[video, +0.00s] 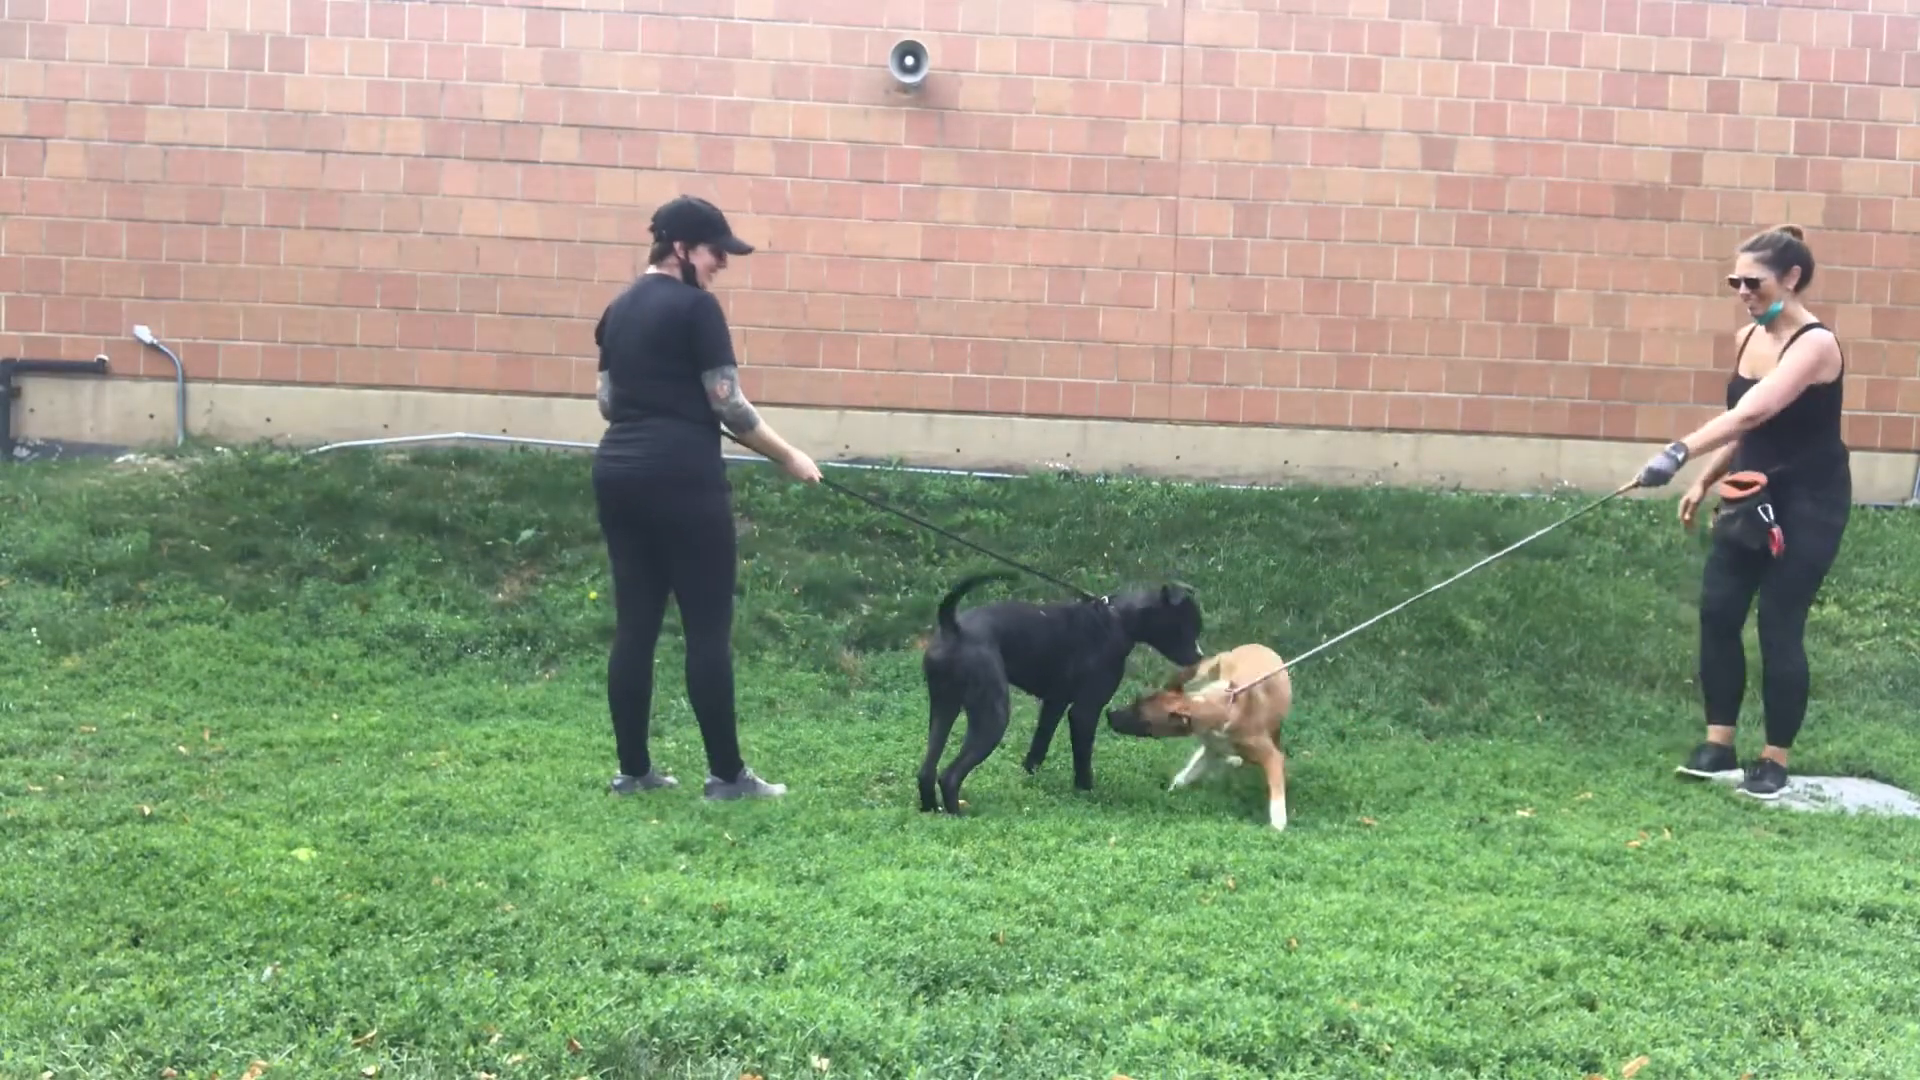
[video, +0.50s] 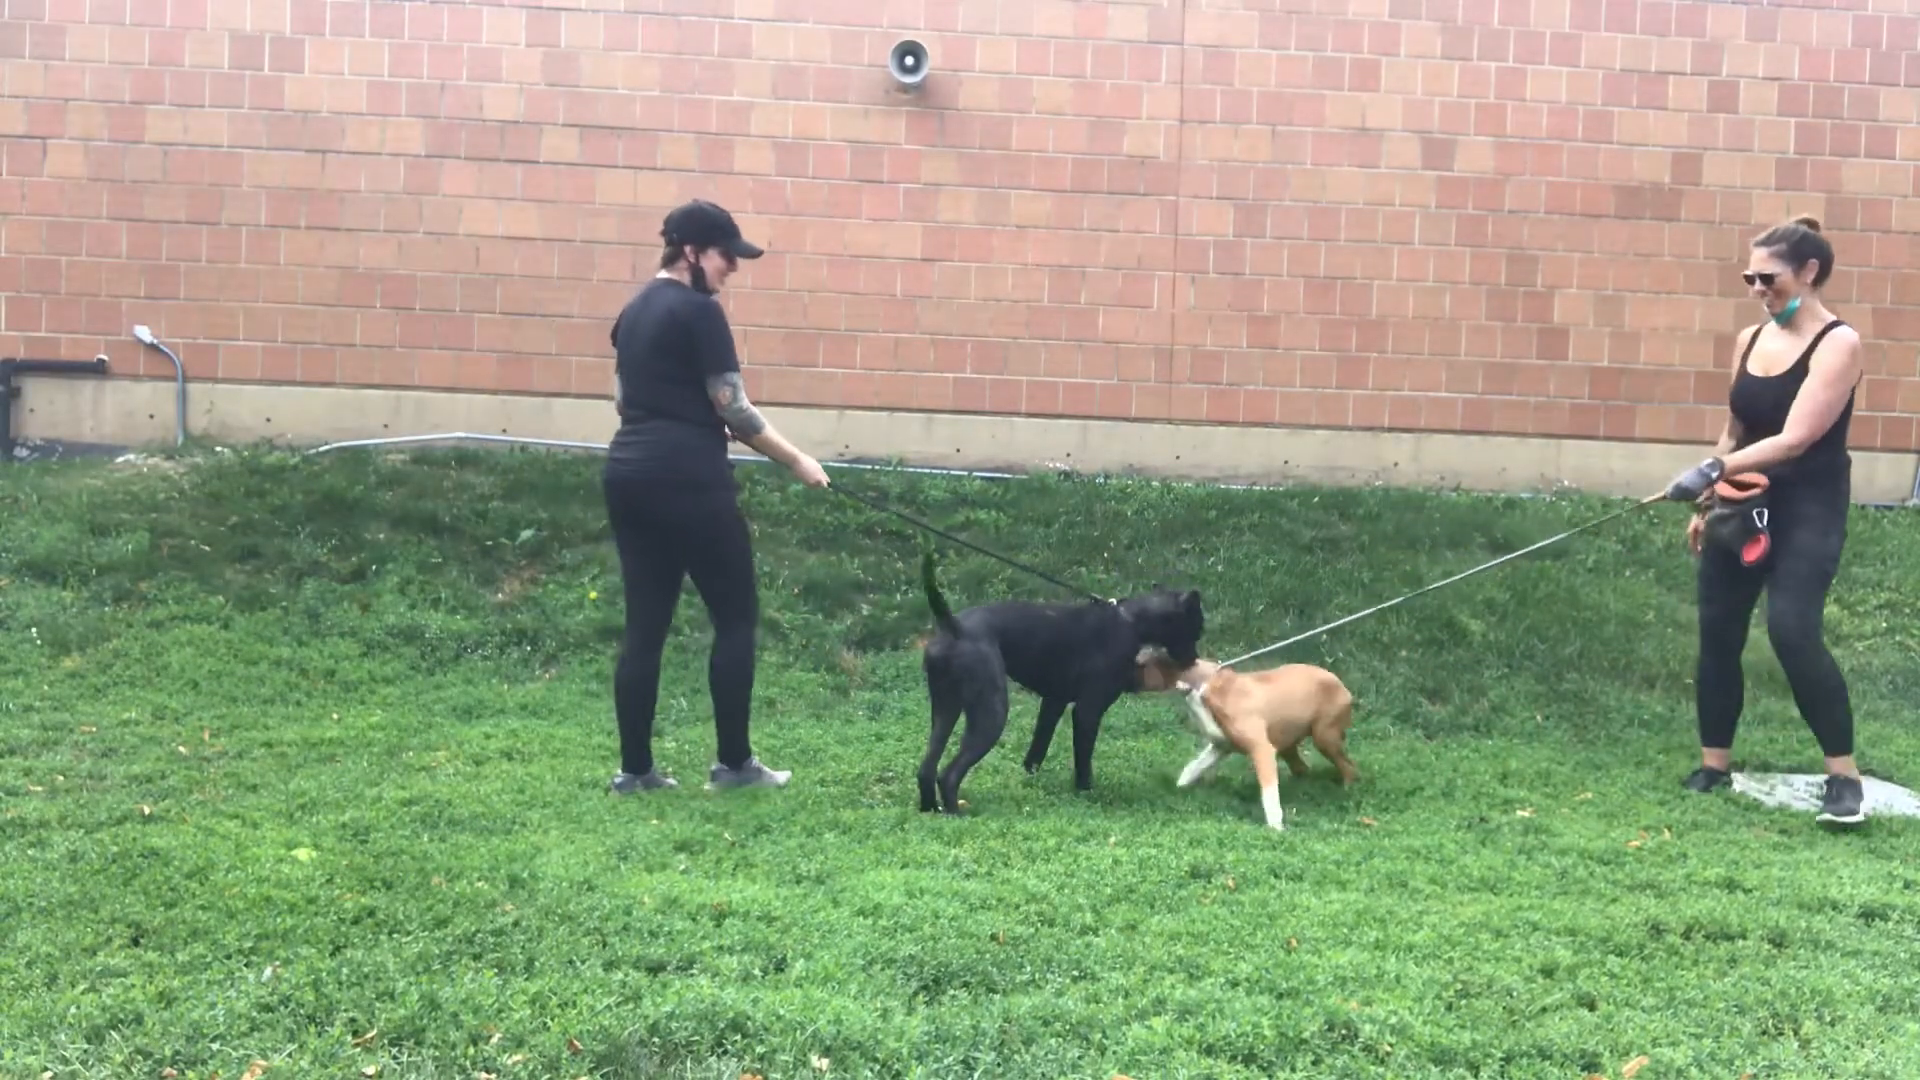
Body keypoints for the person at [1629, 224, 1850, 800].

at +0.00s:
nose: (1742, 294)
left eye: (1752, 284)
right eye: (1738, 284)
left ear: (1792, 277)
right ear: (1739, 281)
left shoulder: (1816, 344)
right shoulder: (1750, 336)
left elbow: (1750, 412)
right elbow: (1743, 422)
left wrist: (1677, 451)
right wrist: (1704, 481)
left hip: (1809, 501)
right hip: (1751, 493)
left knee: (1778, 619)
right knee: (1718, 611)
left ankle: (1774, 759)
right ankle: (1718, 744)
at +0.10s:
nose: (1742, 295)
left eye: (1751, 286)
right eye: (1737, 286)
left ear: (1791, 279)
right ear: (1738, 282)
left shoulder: (1814, 347)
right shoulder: (1746, 338)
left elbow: (1749, 417)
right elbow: (1741, 427)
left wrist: (1671, 459)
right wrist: (1697, 482)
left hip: (1805, 507)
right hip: (1746, 499)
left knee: (1773, 627)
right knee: (1723, 621)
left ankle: (1774, 758)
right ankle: (1710, 753)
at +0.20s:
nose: (1742, 299)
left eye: (1751, 288)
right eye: (1737, 289)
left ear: (1791, 281)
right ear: (1735, 286)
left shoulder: (1815, 349)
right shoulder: (1742, 344)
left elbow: (1760, 431)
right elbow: (1734, 431)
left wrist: (1682, 474)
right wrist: (1704, 484)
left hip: (1801, 510)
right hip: (1739, 503)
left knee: (1762, 631)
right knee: (1716, 627)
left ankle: (1776, 753)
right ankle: (1711, 760)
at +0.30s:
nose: (1742, 298)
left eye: (1752, 287)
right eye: (1736, 288)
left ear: (1793, 279)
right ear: (1735, 285)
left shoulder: (1818, 349)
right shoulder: (1740, 345)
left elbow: (1776, 440)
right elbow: (1729, 437)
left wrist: (1699, 477)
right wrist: (1704, 495)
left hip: (1798, 511)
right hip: (1736, 502)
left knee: (1760, 630)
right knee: (1709, 628)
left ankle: (1787, 743)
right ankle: (1709, 763)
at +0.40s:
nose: (1746, 293)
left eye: (1758, 282)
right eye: (1741, 282)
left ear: (1798, 276)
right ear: (1739, 278)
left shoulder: (1827, 345)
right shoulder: (1741, 342)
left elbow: (1790, 441)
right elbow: (1730, 434)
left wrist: (1707, 476)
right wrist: (1704, 502)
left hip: (1802, 508)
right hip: (1739, 498)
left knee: (1767, 625)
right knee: (1710, 629)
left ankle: (1812, 750)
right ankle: (1711, 762)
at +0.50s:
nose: (1756, 289)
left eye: (1766, 279)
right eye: (1752, 279)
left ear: (1809, 272)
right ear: (1753, 275)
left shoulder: (1838, 344)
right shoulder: (1749, 338)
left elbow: (1799, 439)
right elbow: (1735, 432)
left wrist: (1714, 469)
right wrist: (1709, 502)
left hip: (1808, 505)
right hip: (1744, 497)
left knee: (1791, 629)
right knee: (1718, 630)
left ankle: (1842, 771)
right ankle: (1713, 765)